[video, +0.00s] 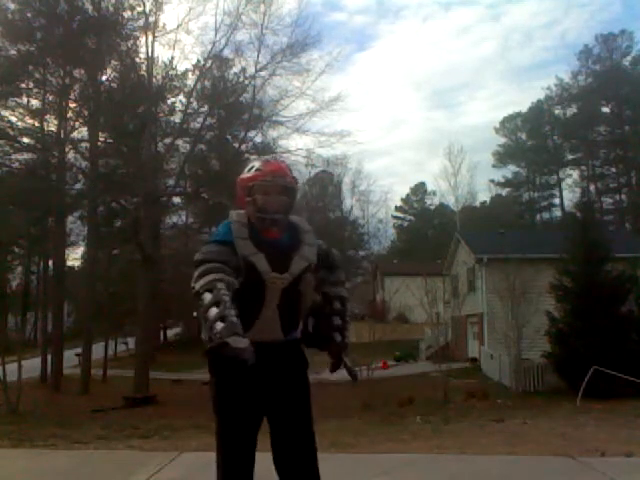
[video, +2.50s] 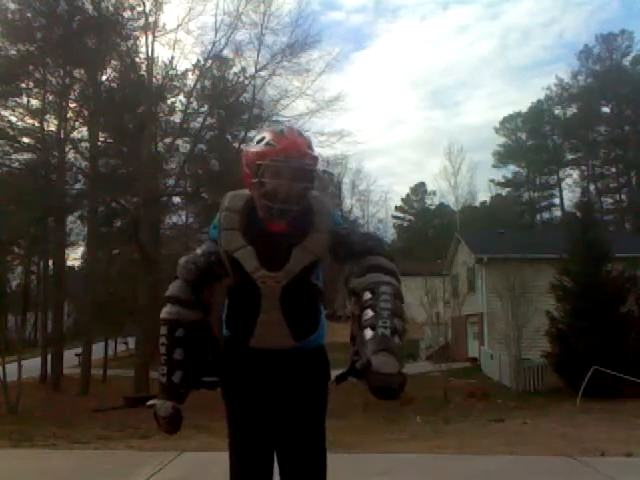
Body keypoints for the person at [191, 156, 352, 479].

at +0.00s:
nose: (275, 200)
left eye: (282, 192)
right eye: (266, 192)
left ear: (291, 198)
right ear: (249, 197)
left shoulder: (305, 238)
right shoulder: (230, 235)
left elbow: (332, 283)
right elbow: (212, 281)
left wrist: (334, 335)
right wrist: (229, 337)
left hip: (287, 357)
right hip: (238, 355)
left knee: (298, 449)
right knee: (236, 452)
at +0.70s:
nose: (312, 191)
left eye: (320, 182)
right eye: (302, 182)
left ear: (331, 188)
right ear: (285, 187)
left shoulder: (349, 238)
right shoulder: (261, 233)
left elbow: (370, 298)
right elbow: (243, 292)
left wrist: (360, 364)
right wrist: (253, 364)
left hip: (322, 364)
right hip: (270, 361)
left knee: (316, 462)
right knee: (257, 462)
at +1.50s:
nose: (302, 179)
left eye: (312, 171)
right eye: (291, 170)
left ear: (325, 180)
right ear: (274, 180)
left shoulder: (342, 229)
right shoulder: (253, 229)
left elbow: (378, 274)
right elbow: (225, 287)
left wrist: (369, 346)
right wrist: (209, 343)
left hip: (323, 364)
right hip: (267, 363)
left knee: (318, 465)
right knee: (264, 462)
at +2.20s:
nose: (285, 196)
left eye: (298, 185)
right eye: (276, 183)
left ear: (313, 188)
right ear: (256, 184)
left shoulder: (330, 229)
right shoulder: (231, 228)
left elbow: (373, 284)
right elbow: (192, 291)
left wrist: (375, 378)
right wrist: (172, 380)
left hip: (307, 366)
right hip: (248, 367)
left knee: (307, 467)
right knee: (255, 468)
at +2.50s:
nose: (286, 188)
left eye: (297, 178)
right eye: (275, 175)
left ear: (310, 182)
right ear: (255, 176)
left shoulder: (325, 220)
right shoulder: (230, 221)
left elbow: (370, 264)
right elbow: (188, 291)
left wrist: (380, 341)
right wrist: (171, 384)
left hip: (303, 362)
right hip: (244, 362)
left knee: (305, 466)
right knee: (248, 467)